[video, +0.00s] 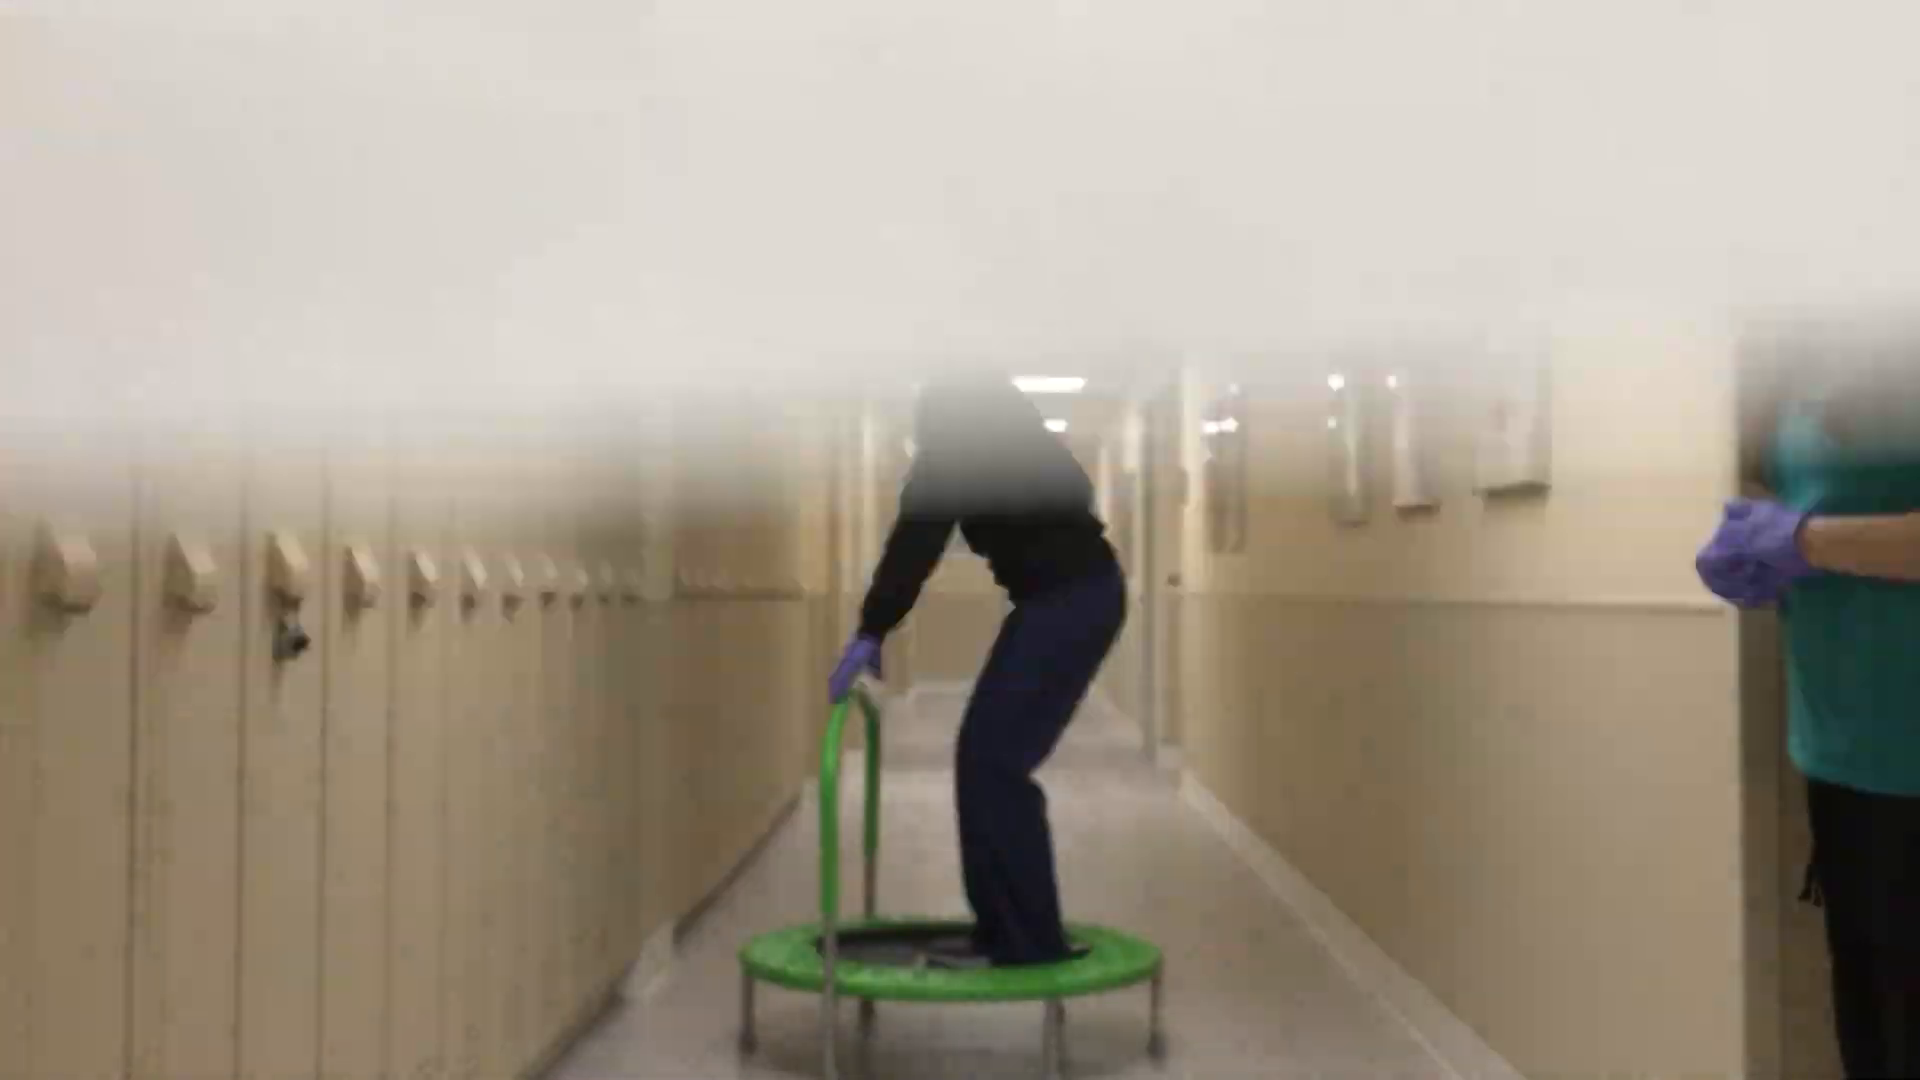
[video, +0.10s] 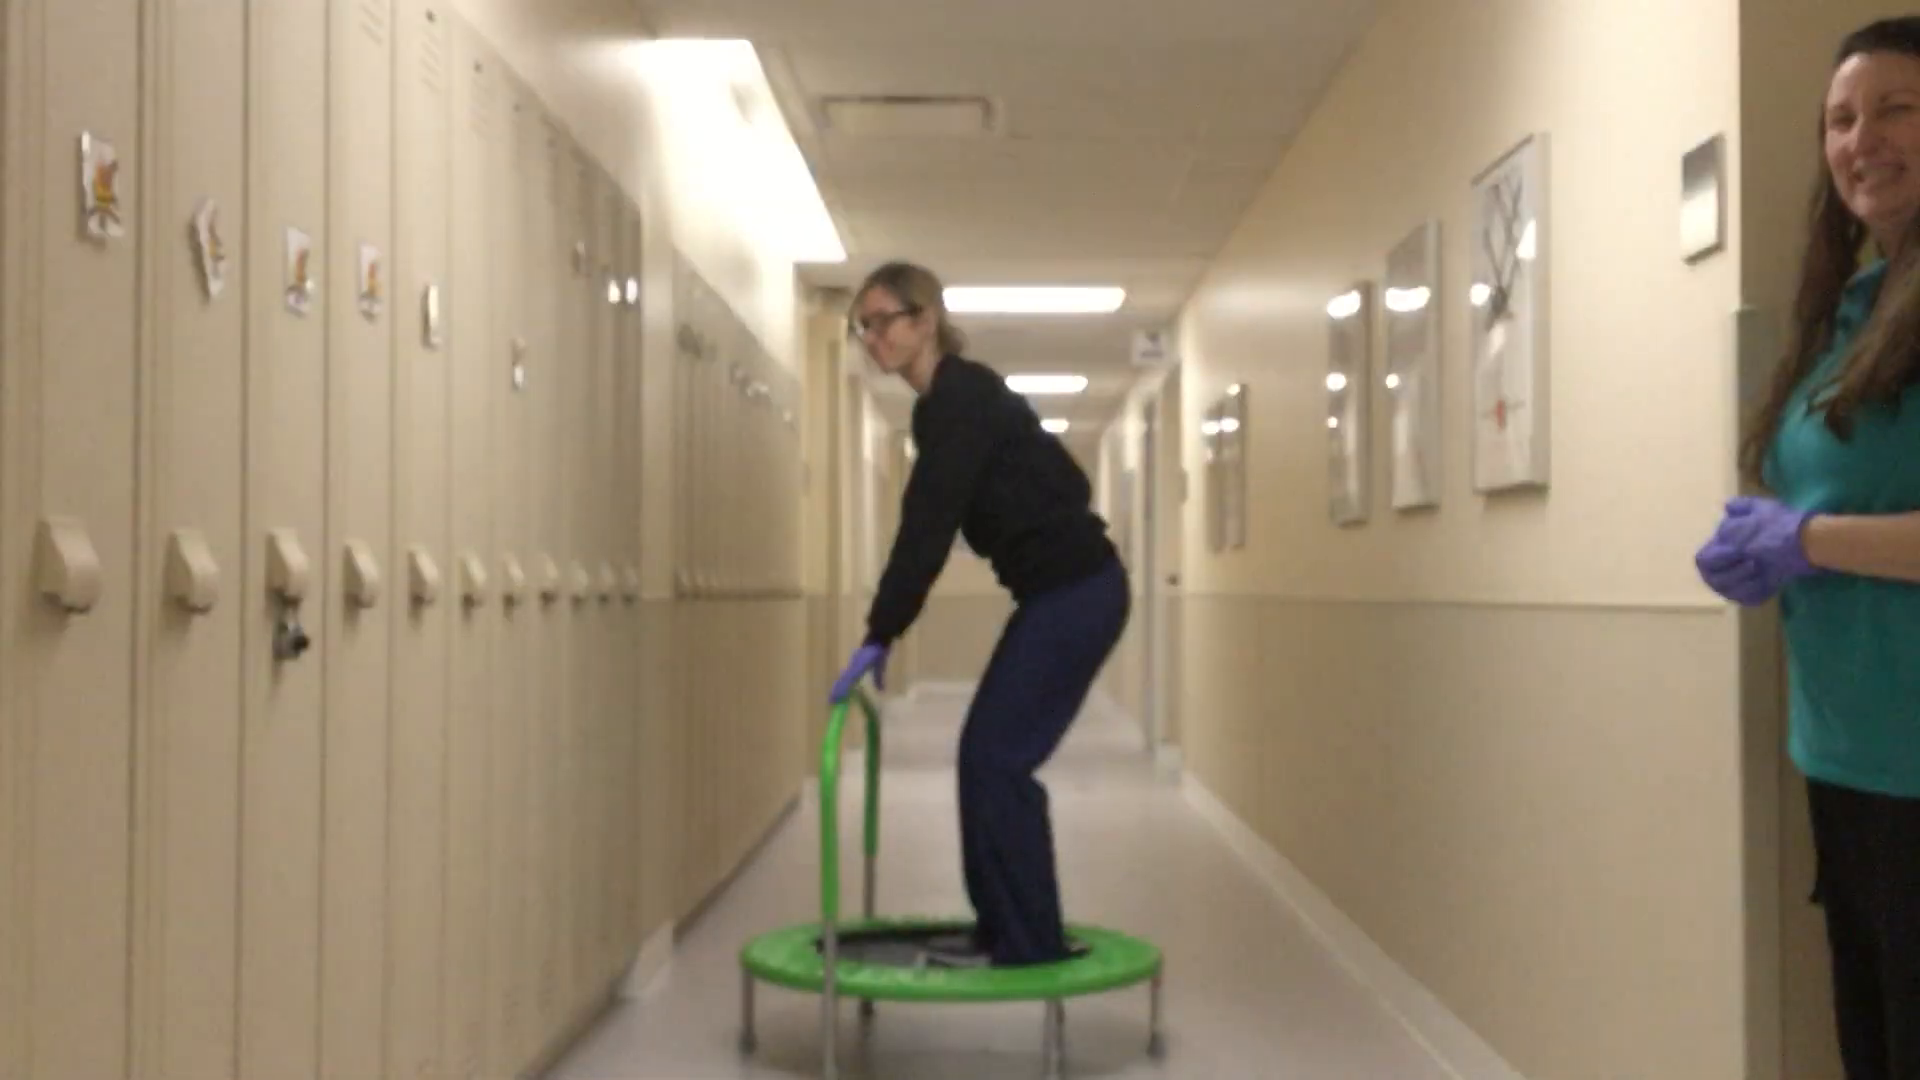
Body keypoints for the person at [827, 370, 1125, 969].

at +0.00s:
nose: (916, 428)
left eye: (923, 415)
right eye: (920, 417)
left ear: (938, 408)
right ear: (977, 395)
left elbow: (918, 538)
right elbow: (918, 537)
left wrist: (871, 633)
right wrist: (872, 631)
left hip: (1068, 602)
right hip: (1060, 599)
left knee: (993, 758)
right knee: (984, 754)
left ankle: (1027, 940)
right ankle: (1006, 930)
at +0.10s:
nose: (873, 339)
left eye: (883, 322)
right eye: (864, 329)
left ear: (927, 317)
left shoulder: (960, 398)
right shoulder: (944, 401)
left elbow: (930, 528)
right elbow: (925, 527)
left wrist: (879, 635)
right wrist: (881, 632)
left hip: (1077, 594)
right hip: (1056, 594)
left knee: (997, 757)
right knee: (986, 755)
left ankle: (1030, 941)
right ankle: (1006, 929)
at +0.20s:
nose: (857, 351)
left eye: (866, 335)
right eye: (851, 339)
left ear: (912, 327)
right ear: (896, 335)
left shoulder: (957, 401)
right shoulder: (942, 404)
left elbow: (927, 532)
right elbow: (922, 530)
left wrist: (876, 640)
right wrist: (877, 636)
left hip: (1080, 593)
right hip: (1059, 593)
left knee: (1000, 755)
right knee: (988, 752)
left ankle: (1031, 940)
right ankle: (1006, 927)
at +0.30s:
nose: (852, 362)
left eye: (859, 345)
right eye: (845, 350)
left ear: (901, 335)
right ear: (892, 344)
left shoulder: (952, 409)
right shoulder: (939, 408)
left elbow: (921, 539)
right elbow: (917, 537)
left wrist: (872, 645)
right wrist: (872, 641)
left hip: (1082, 595)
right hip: (1063, 594)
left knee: (1002, 755)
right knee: (993, 753)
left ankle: (1031, 940)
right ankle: (1008, 928)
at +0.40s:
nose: (842, 374)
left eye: (848, 356)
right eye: (836, 361)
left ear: (887, 348)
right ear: (885, 355)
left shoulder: (950, 418)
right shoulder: (936, 418)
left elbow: (916, 548)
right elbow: (913, 546)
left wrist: (868, 653)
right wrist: (868, 650)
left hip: (1085, 596)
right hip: (1067, 595)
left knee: (1000, 754)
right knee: (992, 752)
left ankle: (1029, 939)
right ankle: (1009, 928)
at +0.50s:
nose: (837, 394)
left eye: (841, 376)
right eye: (833, 380)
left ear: (882, 367)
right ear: (884, 371)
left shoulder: (942, 429)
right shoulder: (931, 431)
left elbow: (916, 560)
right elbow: (912, 559)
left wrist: (864, 665)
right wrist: (864, 662)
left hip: (1090, 598)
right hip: (1071, 598)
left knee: (994, 752)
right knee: (986, 749)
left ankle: (1030, 938)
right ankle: (1008, 925)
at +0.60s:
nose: (835, 424)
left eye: (836, 406)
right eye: (829, 410)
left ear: (874, 393)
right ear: (882, 396)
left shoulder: (936, 455)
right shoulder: (929, 456)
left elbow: (922, 584)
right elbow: (920, 582)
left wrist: (860, 677)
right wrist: (862, 674)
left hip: (1092, 617)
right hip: (1073, 616)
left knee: (980, 756)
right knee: (968, 753)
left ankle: (1030, 940)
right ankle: (1003, 927)